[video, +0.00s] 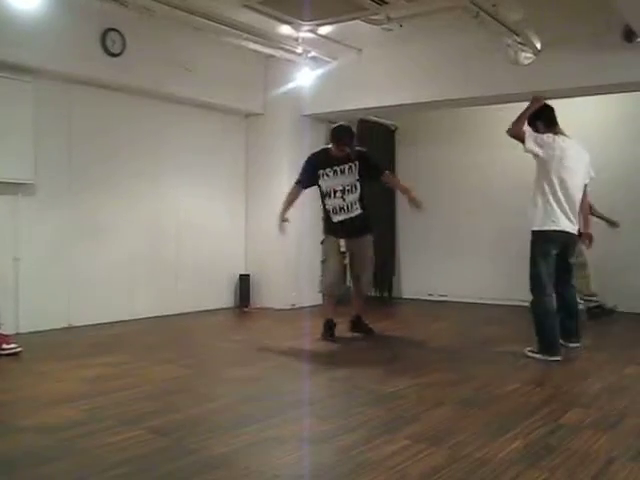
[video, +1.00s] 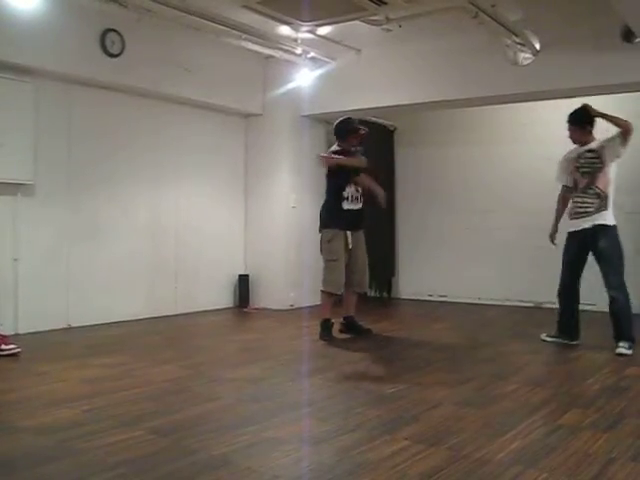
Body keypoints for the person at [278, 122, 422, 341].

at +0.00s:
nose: (345, 152)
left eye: (348, 148)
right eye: (341, 149)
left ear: (352, 144)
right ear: (332, 144)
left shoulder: (360, 158)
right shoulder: (316, 161)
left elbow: (385, 176)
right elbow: (299, 187)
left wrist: (408, 194)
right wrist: (284, 211)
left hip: (359, 227)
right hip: (332, 230)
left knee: (363, 276)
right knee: (331, 279)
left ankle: (357, 319)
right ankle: (329, 323)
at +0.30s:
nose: (350, 148)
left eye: (353, 145)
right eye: (347, 144)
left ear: (356, 141)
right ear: (337, 138)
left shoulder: (356, 153)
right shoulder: (319, 153)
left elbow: (365, 175)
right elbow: (293, 168)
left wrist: (375, 189)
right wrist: (268, 183)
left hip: (356, 223)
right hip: (331, 224)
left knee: (362, 273)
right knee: (330, 274)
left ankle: (354, 318)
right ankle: (328, 323)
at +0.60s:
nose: (360, 147)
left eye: (362, 143)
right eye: (357, 143)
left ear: (361, 141)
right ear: (345, 139)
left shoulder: (363, 157)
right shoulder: (324, 154)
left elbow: (384, 165)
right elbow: (295, 160)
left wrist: (405, 174)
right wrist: (266, 164)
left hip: (357, 226)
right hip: (332, 226)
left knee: (357, 276)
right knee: (332, 277)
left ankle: (351, 321)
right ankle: (328, 325)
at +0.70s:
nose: (363, 146)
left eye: (365, 141)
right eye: (359, 142)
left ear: (365, 140)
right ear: (345, 139)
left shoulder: (365, 158)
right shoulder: (328, 156)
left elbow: (391, 166)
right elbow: (306, 169)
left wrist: (418, 174)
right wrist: (296, 176)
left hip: (357, 227)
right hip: (333, 227)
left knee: (357, 276)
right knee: (333, 277)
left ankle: (350, 320)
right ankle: (329, 324)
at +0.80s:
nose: (364, 143)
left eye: (365, 140)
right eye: (361, 139)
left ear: (360, 139)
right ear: (348, 138)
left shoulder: (363, 157)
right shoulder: (332, 157)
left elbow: (384, 167)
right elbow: (331, 183)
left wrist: (405, 171)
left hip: (357, 226)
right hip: (335, 226)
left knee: (357, 276)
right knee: (334, 277)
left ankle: (350, 319)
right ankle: (329, 324)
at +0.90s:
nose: (363, 142)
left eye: (364, 139)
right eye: (360, 138)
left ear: (359, 140)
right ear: (347, 138)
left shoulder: (359, 154)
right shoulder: (335, 156)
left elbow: (379, 168)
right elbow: (356, 185)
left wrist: (360, 167)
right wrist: (380, 209)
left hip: (356, 225)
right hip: (335, 225)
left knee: (356, 276)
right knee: (334, 277)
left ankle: (350, 319)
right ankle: (328, 323)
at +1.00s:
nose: (360, 140)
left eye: (360, 137)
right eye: (356, 137)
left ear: (355, 137)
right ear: (345, 137)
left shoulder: (356, 155)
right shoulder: (335, 156)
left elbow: (362, 163)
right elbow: (357, 178)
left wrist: (336, 161)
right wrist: (378, 190)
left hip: (354, 223)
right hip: (334, 223)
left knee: (356, 274)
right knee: (333, 275)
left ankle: (349, 319)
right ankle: (326, 323)